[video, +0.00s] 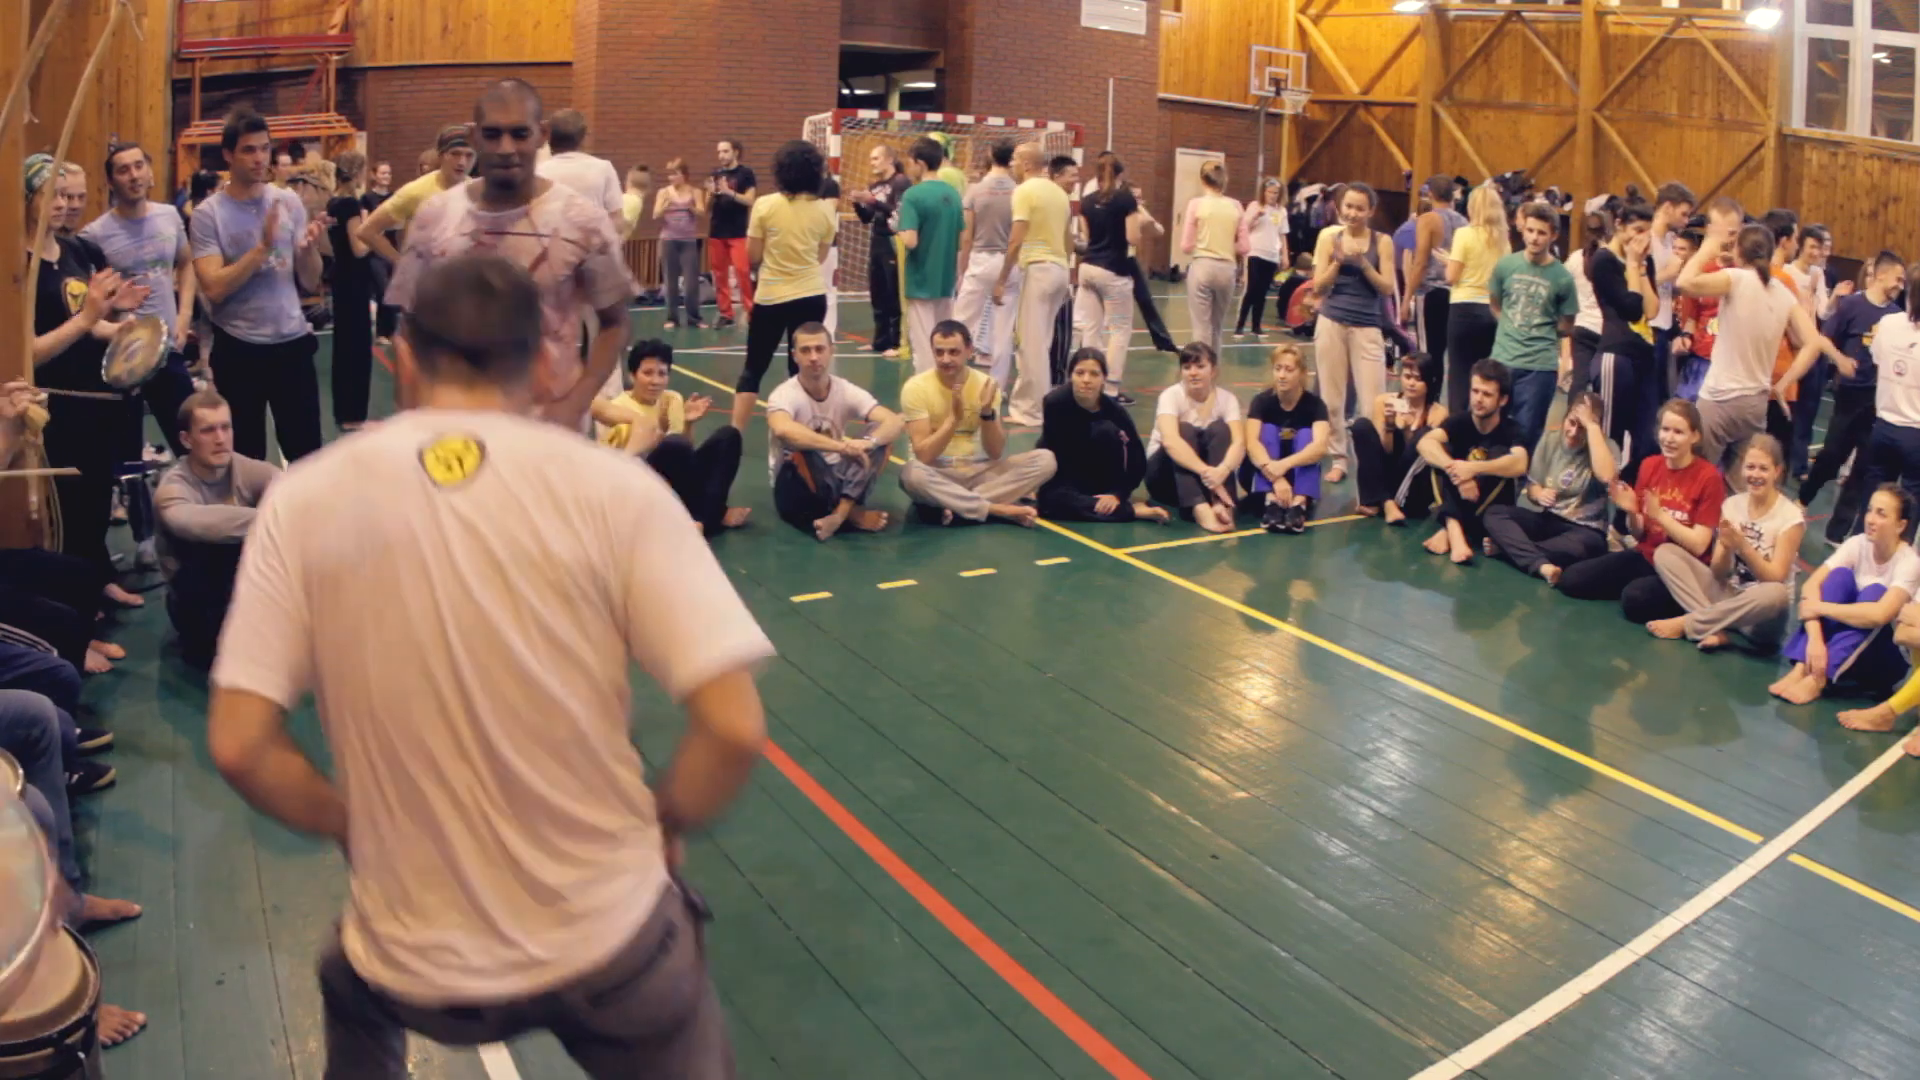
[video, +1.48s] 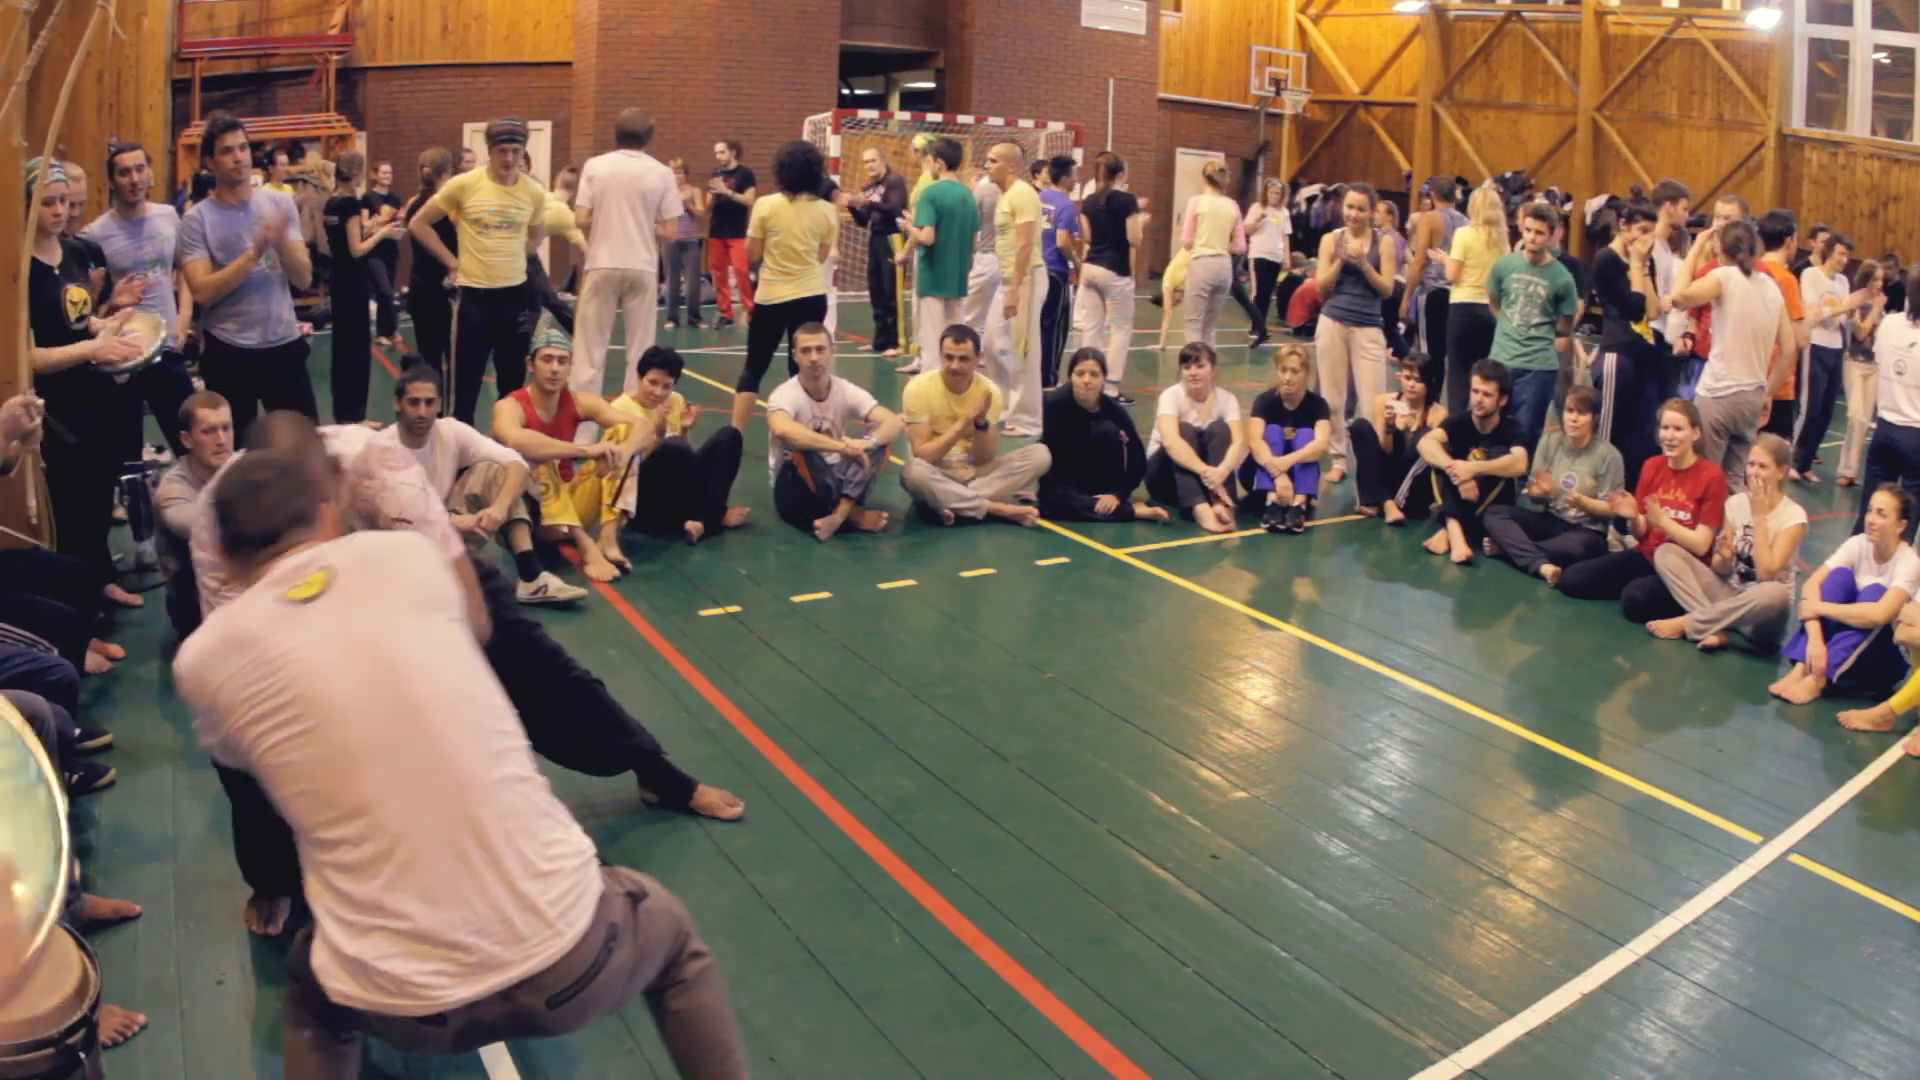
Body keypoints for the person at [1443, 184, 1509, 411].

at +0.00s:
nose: (1467, 209)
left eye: (1469, 206)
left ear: (1472, 207)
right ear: (1498, 208)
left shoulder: (1464, 234)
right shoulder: (1503, 239)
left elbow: (1452, 275)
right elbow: (1505, 274)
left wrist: (1447, 260)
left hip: (1464, 304)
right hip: (1491, 306)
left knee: (1459, 372)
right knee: (1484, 369)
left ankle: (1458, 424)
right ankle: (1483, 426)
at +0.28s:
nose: (1468, 209)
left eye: (1470, 205)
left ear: (1473, 207)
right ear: (1499, 209)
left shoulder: (1463, 233)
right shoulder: (1503, 239)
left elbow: (1452, 275)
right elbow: (1505, 273)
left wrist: (1448, 262)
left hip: (1464, 303)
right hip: (1491, 305)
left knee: (1459, 371)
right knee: (1484, 369)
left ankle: (1458, 424)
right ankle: (1483, 426)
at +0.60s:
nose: (1470, 210)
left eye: (1472, 206)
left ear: (1473, 208)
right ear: (1499, 210)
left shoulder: (1463, 233)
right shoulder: (1504, 238)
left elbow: (1451, 274)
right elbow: (1508, 273)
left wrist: (1448, 261)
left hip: (1464, 303)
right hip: (1492, 305)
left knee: (1459, 370)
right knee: (1484, 368)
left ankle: (1457, 423)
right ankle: (1483, 424)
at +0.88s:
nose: (1470, 209)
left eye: (1472, 205)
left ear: (1474, 207)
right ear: (1500, 210)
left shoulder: (1463, 233)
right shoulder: (1504, 237)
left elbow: (1451, 273)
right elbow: (1506, 272)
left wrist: (1446, 261)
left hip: (1464, 301)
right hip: (1492, 304)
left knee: (1459, 368)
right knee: (1484, 366)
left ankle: (1457, 422)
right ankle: (1483, 423)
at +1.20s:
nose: (1469, 210)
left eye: (1471, 206)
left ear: (1474, 208)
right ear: (1500, 210)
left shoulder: (1464, 233)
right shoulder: (1505, 239)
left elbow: (1451, 273)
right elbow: (1507, 274)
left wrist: (1447, 260)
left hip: (1464, 302)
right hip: (1492, 305)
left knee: (1459, 369)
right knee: (1484, 368)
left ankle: (1457, 422)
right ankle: (1482, 424)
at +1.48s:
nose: (1469, 209)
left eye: (1471, 206)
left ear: (1473, 208)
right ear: (1498, 209)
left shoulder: (1464, 233)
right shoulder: (1502, 238)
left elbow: (1453, 274)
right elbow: (1503, 273)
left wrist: (1443, 259)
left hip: (1463, 303)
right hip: (1490, 305)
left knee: (1458, 370)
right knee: (1484, 368)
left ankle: (1456, 424)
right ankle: (1482, 424)